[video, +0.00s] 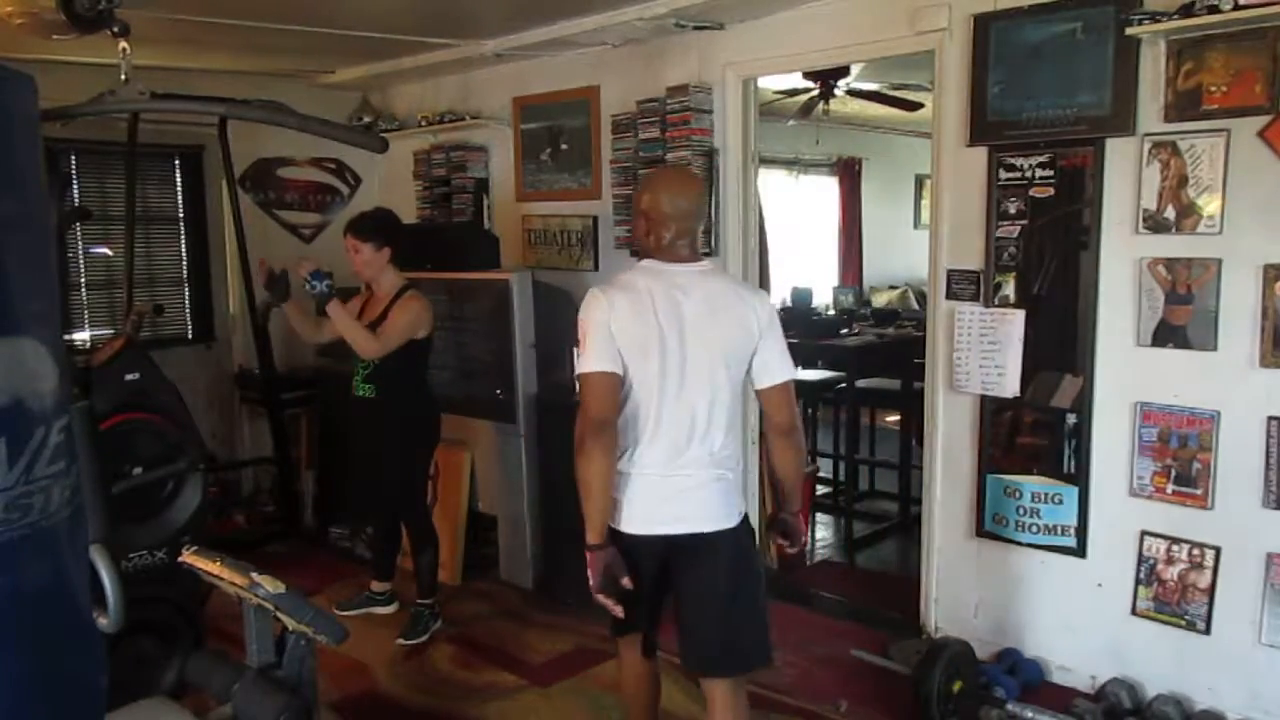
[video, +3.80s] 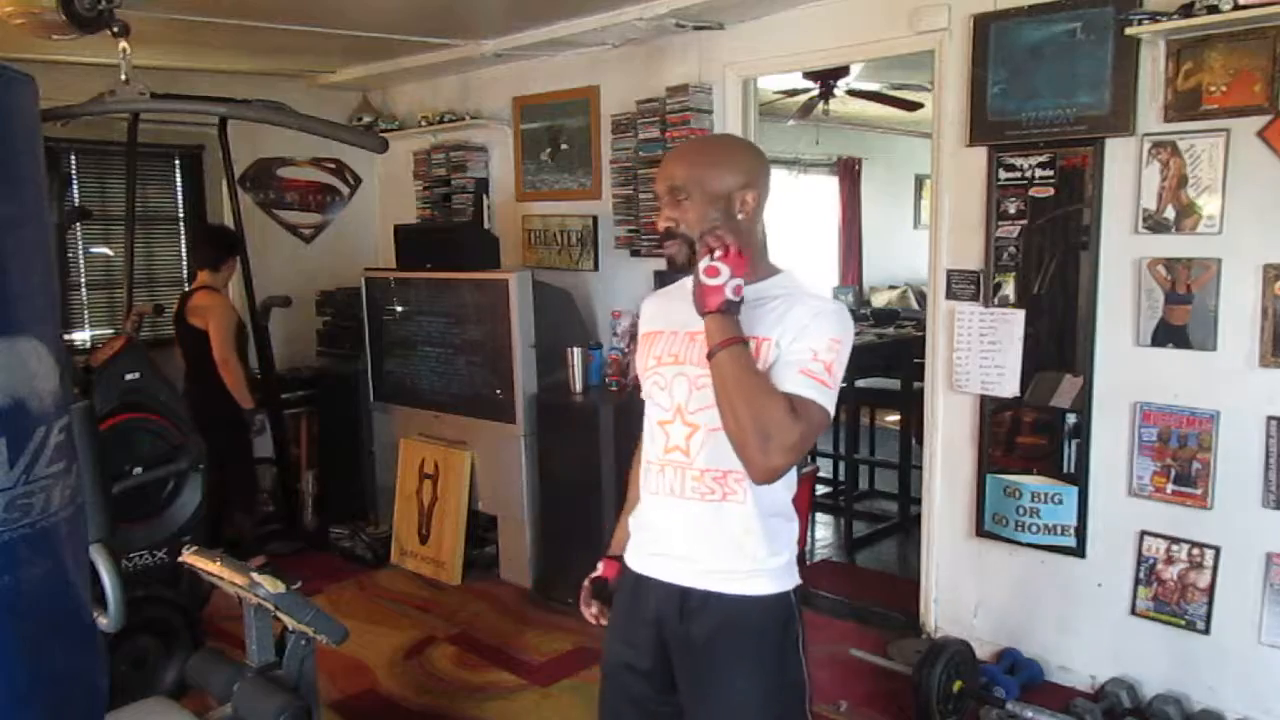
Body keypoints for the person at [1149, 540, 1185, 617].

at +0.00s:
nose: (1173, 554)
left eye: (1176, 552)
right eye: (1171, 551)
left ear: (1179, 553)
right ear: (1167, 552)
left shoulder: (1182, 568)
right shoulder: (1160, 566)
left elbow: (1181, 586)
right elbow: (1154, 581)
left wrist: (1174, 603)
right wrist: (1152, 596)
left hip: (1173, 602)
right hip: (1159, 600)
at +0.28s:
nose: (1173, 554)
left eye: (1176, 552)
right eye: (1171, 551)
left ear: (1180, 553)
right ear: (1167, 552)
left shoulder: (1183, 568)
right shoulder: (1160, 565)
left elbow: (1181, 585)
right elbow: (1150, 582)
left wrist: (1174, 602)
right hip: (1160, 598)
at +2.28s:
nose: (1173, 554)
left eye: (1176, 552)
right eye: (1171, 551)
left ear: (1180, 553)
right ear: (1167, 551)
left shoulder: (1183, 567)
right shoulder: (1160, 565)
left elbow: (1181, 585)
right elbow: (1153, 580)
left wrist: (1174, 602)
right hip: (1159, 600)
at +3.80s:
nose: (1173, 554)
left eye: (1176, 552)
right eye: (1171, 551)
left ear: (1179, 553)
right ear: (1167, 551)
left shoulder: (1182, 568)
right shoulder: (1160, 566)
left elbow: (1180, 586)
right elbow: (1154, 581)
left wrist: (1173, 602)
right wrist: (1151, 595)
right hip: (1160, 599)